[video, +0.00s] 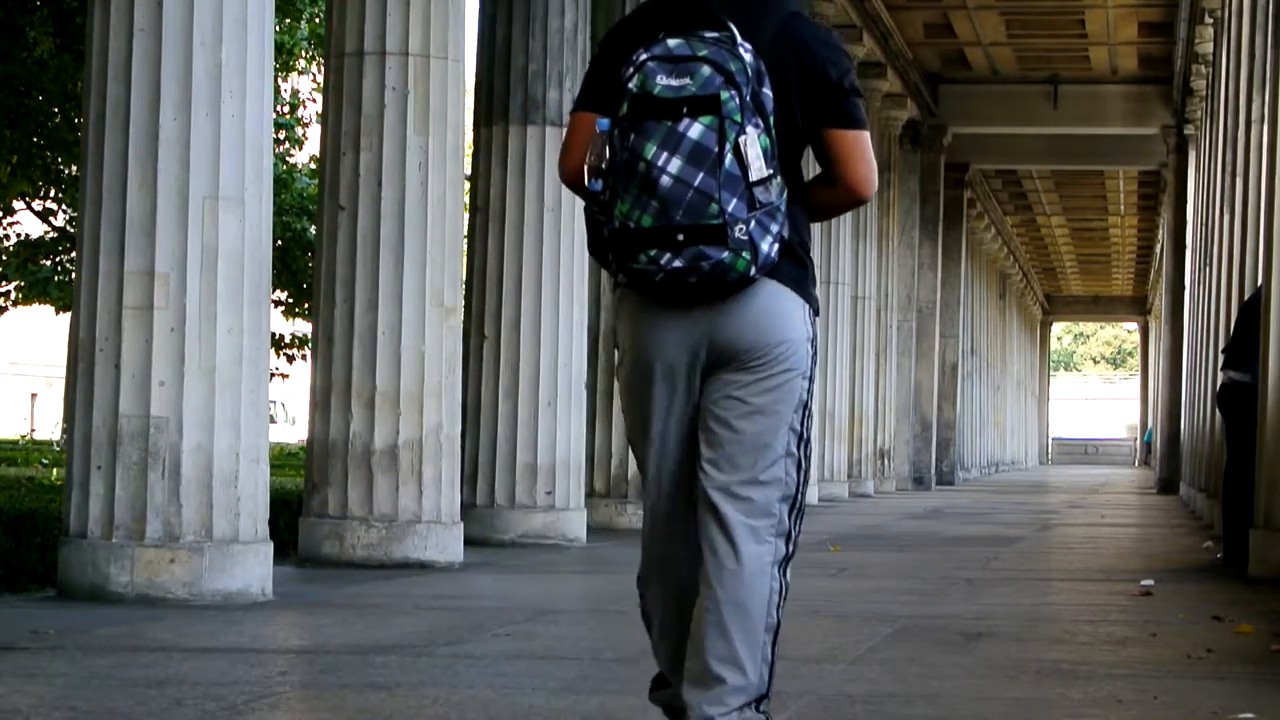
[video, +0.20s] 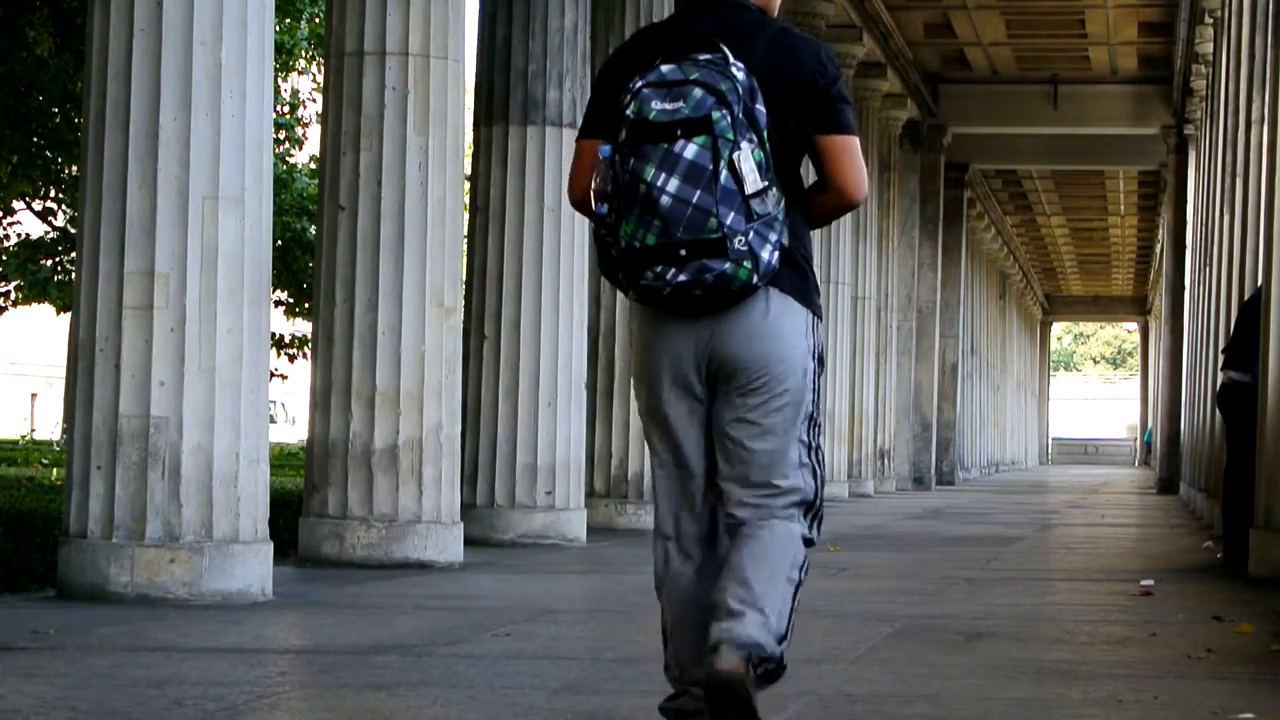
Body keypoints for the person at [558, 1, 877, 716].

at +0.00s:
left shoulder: (636, 27)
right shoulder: (803, 36)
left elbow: (576, 163)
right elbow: (858, 180)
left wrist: (648, 209)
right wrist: (785, 203)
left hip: (652, 302)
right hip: (764, 300)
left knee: (665, 501)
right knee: (745, 507)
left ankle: (677, 683)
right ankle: (725, 704)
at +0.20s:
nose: (785, 2)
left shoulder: (632, 52)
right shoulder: (802, 55)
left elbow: (583, 186)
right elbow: (851, 185)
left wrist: (659, 225)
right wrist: (790, 215)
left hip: (661, 313)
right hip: (765, 311)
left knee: (681, 505)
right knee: (768, 499)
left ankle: (688, 694)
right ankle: (739, 649)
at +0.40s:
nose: (782, 6)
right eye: (781, 2)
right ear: (770, 0)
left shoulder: (640, 55)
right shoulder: (801, 53)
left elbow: (598, 187)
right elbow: (853, 179)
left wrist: (671, 215)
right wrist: (798, 206)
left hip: (668, 305)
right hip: (770, 299)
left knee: (688, 499)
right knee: (793, 483)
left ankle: (696, 696)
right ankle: (761, 639)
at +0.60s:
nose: (793, 16)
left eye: (788, 13)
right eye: (794, 10)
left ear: (713, 7)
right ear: (785, 8)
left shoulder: (659, 80)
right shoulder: (810, 79)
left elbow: (620, 201)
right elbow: (856, 201)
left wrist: (684, 243)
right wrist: (810, 235)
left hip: (682, 321)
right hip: (782, 319)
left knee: (696, 501)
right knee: (786, 501)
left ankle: (703, 693)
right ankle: (799, 677)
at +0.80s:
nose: (825, 24)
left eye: (822, 16)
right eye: (825, 16)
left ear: (746, 19)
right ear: (815, 18)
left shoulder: (691, 92)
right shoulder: (841, 101)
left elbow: (647, 211)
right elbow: (880, 220)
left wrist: (707, 251)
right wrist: (824, 253)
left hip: (706, 324)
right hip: (805, 327)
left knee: (709, 498)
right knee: (799, 512)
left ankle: (706, 635)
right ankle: (791, 686)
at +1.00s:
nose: (835, 27)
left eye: (826, 19)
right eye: (835, 20)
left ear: (763, 22)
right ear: (831, 23)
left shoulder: (711, 92)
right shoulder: (859, 106)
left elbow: (665, 205)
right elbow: (896, 221)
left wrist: (732, 239)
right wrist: (831, 245)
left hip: (724, 320)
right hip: (820, 324)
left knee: (720, 477)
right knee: (804, 498)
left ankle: (727, 616)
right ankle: (793, 682)